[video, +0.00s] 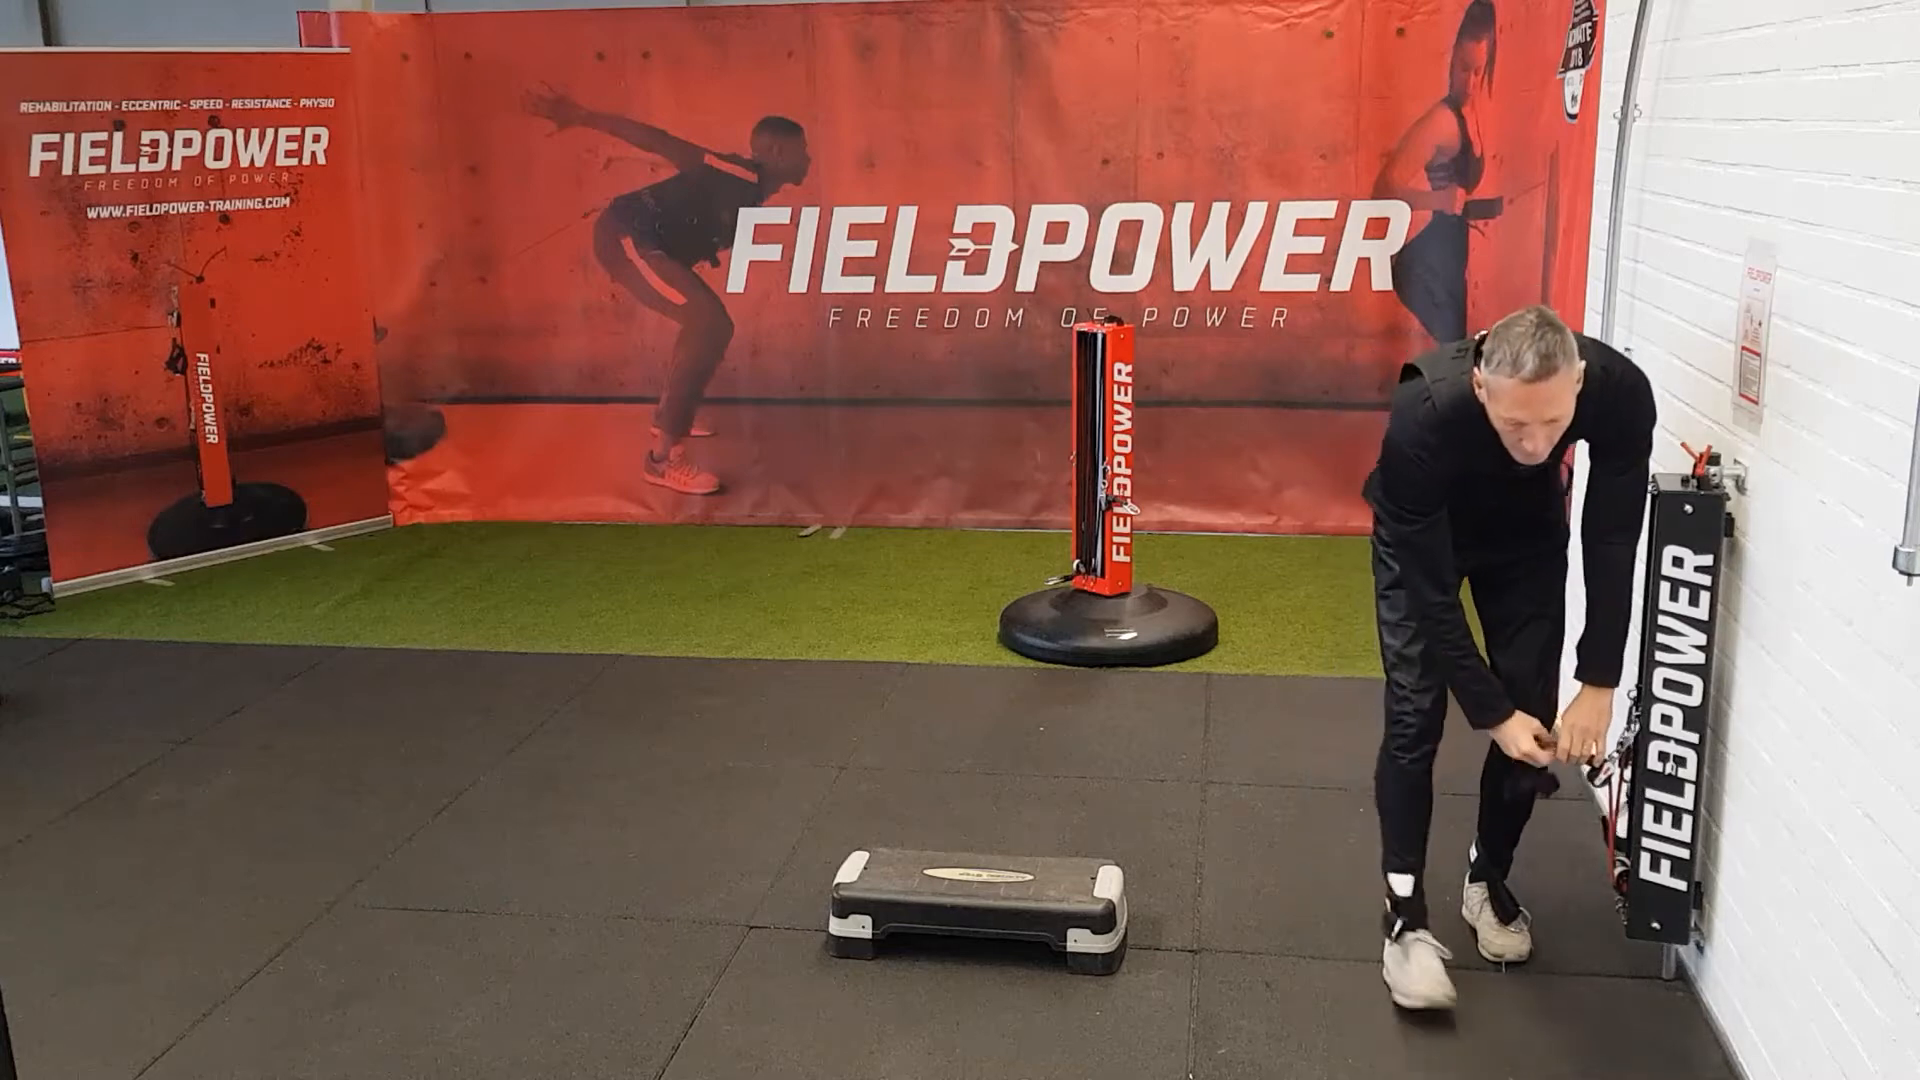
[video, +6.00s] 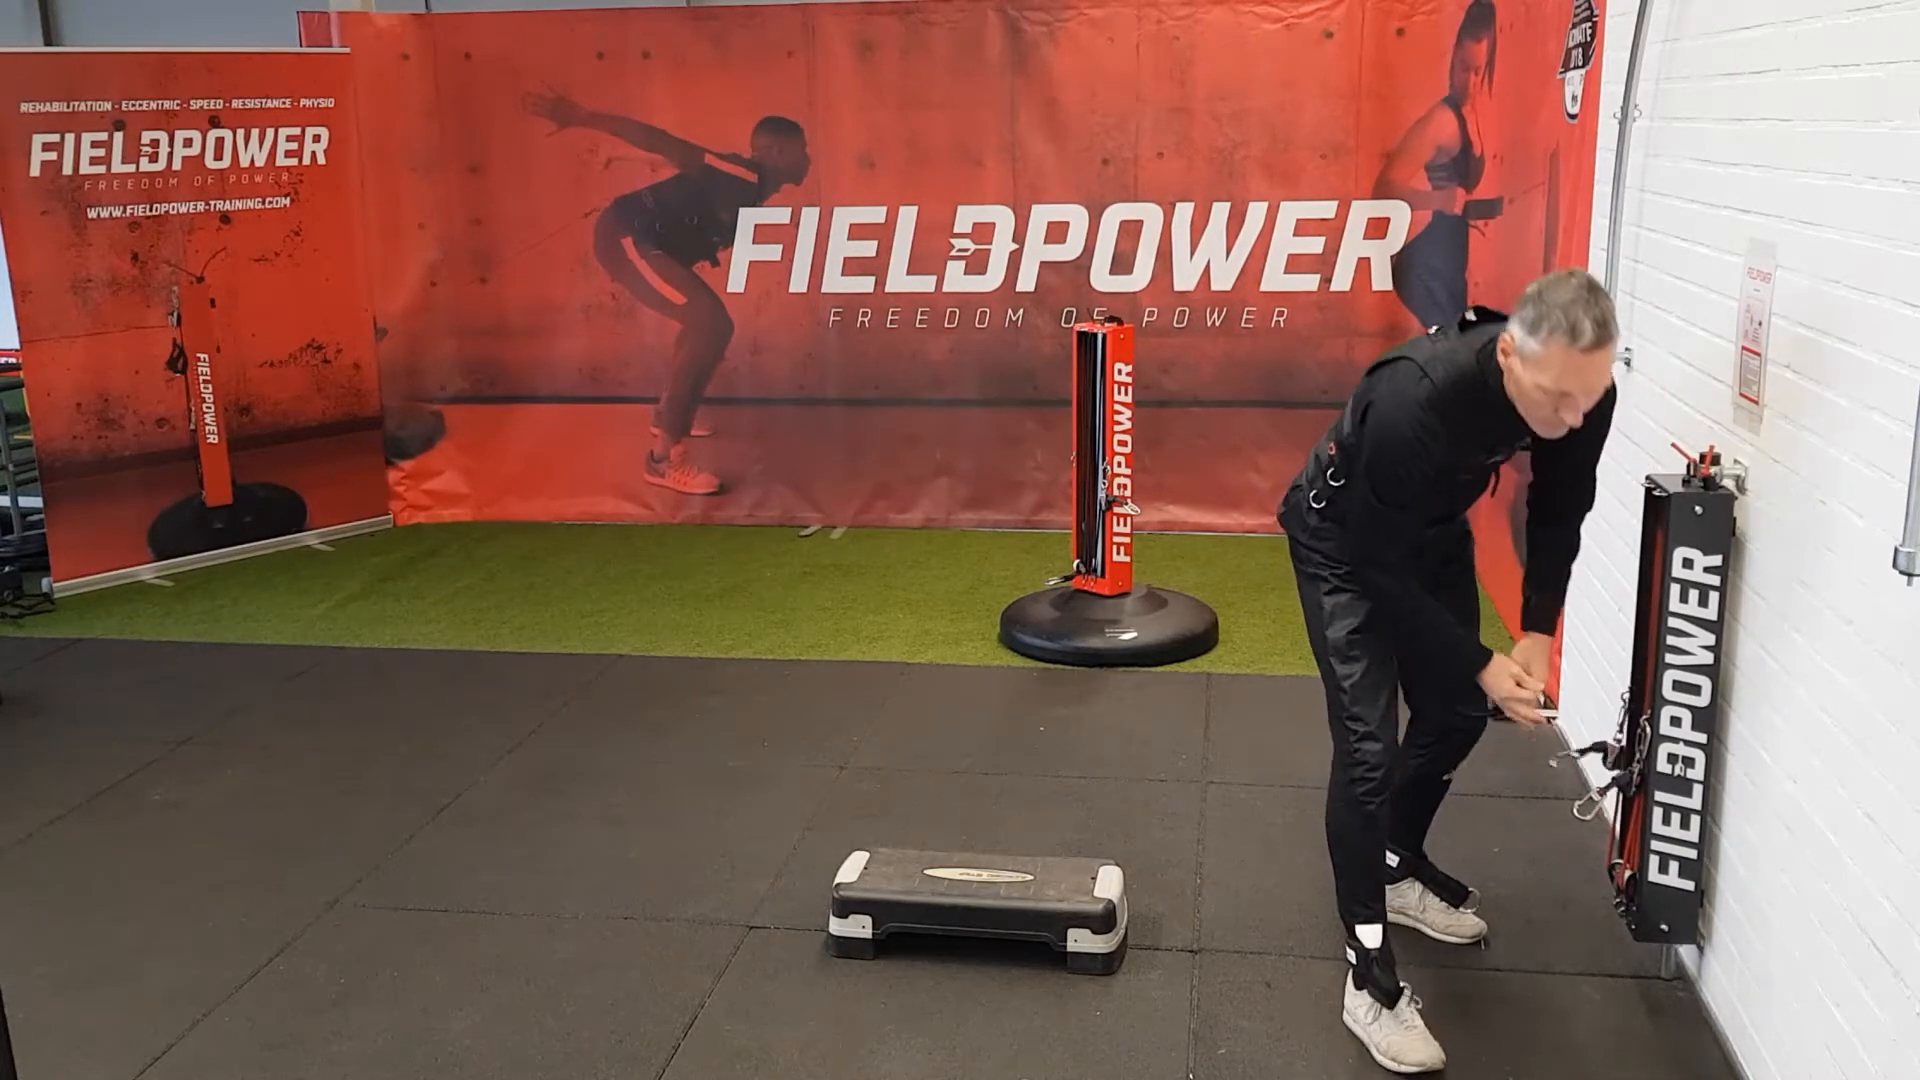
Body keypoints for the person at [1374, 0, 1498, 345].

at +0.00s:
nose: (1472, 82)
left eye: (1481, 72)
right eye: (1465, 70)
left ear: (1490, 73)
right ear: (1450, 67)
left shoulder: (1466, 119)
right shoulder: (1441, 121)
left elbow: (1433, 188)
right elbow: (1391, 187)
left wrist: (1468, 211)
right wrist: (1442, 200)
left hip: (1445, 252)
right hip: (1424, 255)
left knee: (1451, 347)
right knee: (1446, 348)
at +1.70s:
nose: (1471, 81)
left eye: (1480, 71)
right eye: (1464, 69)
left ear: (1489, 70)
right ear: (1450, 66)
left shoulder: (1473, 115)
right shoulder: (1440, 121)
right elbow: (1385, 189)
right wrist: (1442, 200)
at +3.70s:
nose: (1473, 80)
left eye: (1483, 70)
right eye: (1466, 68)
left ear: (1493, 70)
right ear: (1452, 64)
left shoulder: (1470, 119)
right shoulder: (1442, 120)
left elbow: (1437, 187)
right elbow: (1387, 188)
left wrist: (1469, 212)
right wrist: (1440, 199)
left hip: (1446, 256)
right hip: (1425, 258)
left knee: (1450, 357)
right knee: (1442, 359)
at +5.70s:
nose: (1471, 81)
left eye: (1481, 71)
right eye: (1464, 68)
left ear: (1492, 72)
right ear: (1451, 66)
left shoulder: (1466, 119)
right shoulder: (1442, 119)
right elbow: (1386, 188)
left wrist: (1469, 211)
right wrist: (1438, 199)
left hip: (1445, 256)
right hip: (1424, 259)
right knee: (1450, 356)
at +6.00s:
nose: (1471, 81)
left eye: (1480, 71)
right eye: (1465, 68)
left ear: (1488, 72)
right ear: (1450, 65)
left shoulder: (1465, 118)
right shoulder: (1440, 120)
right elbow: (1387, 186)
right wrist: (1438, 200)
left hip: (1445, 254)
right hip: (1426, 257)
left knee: (1456, 344)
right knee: (1450, 345)